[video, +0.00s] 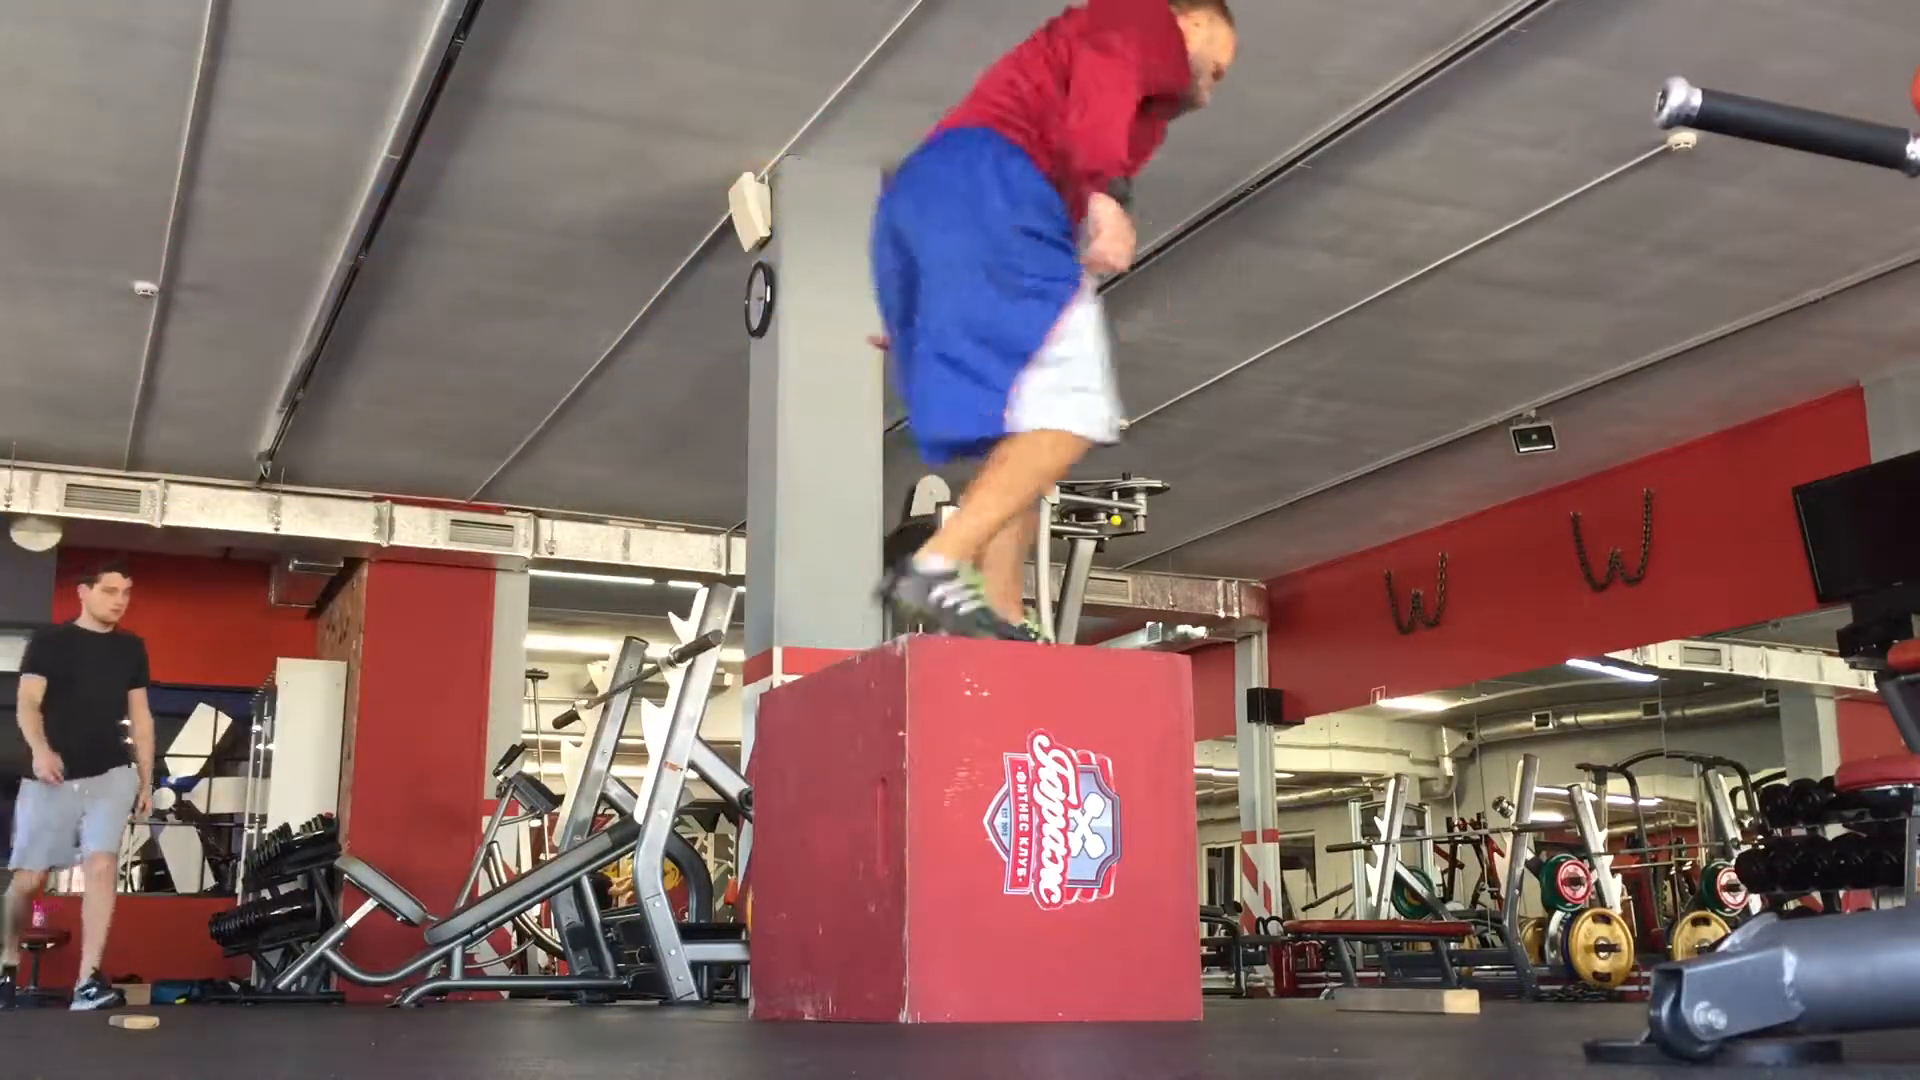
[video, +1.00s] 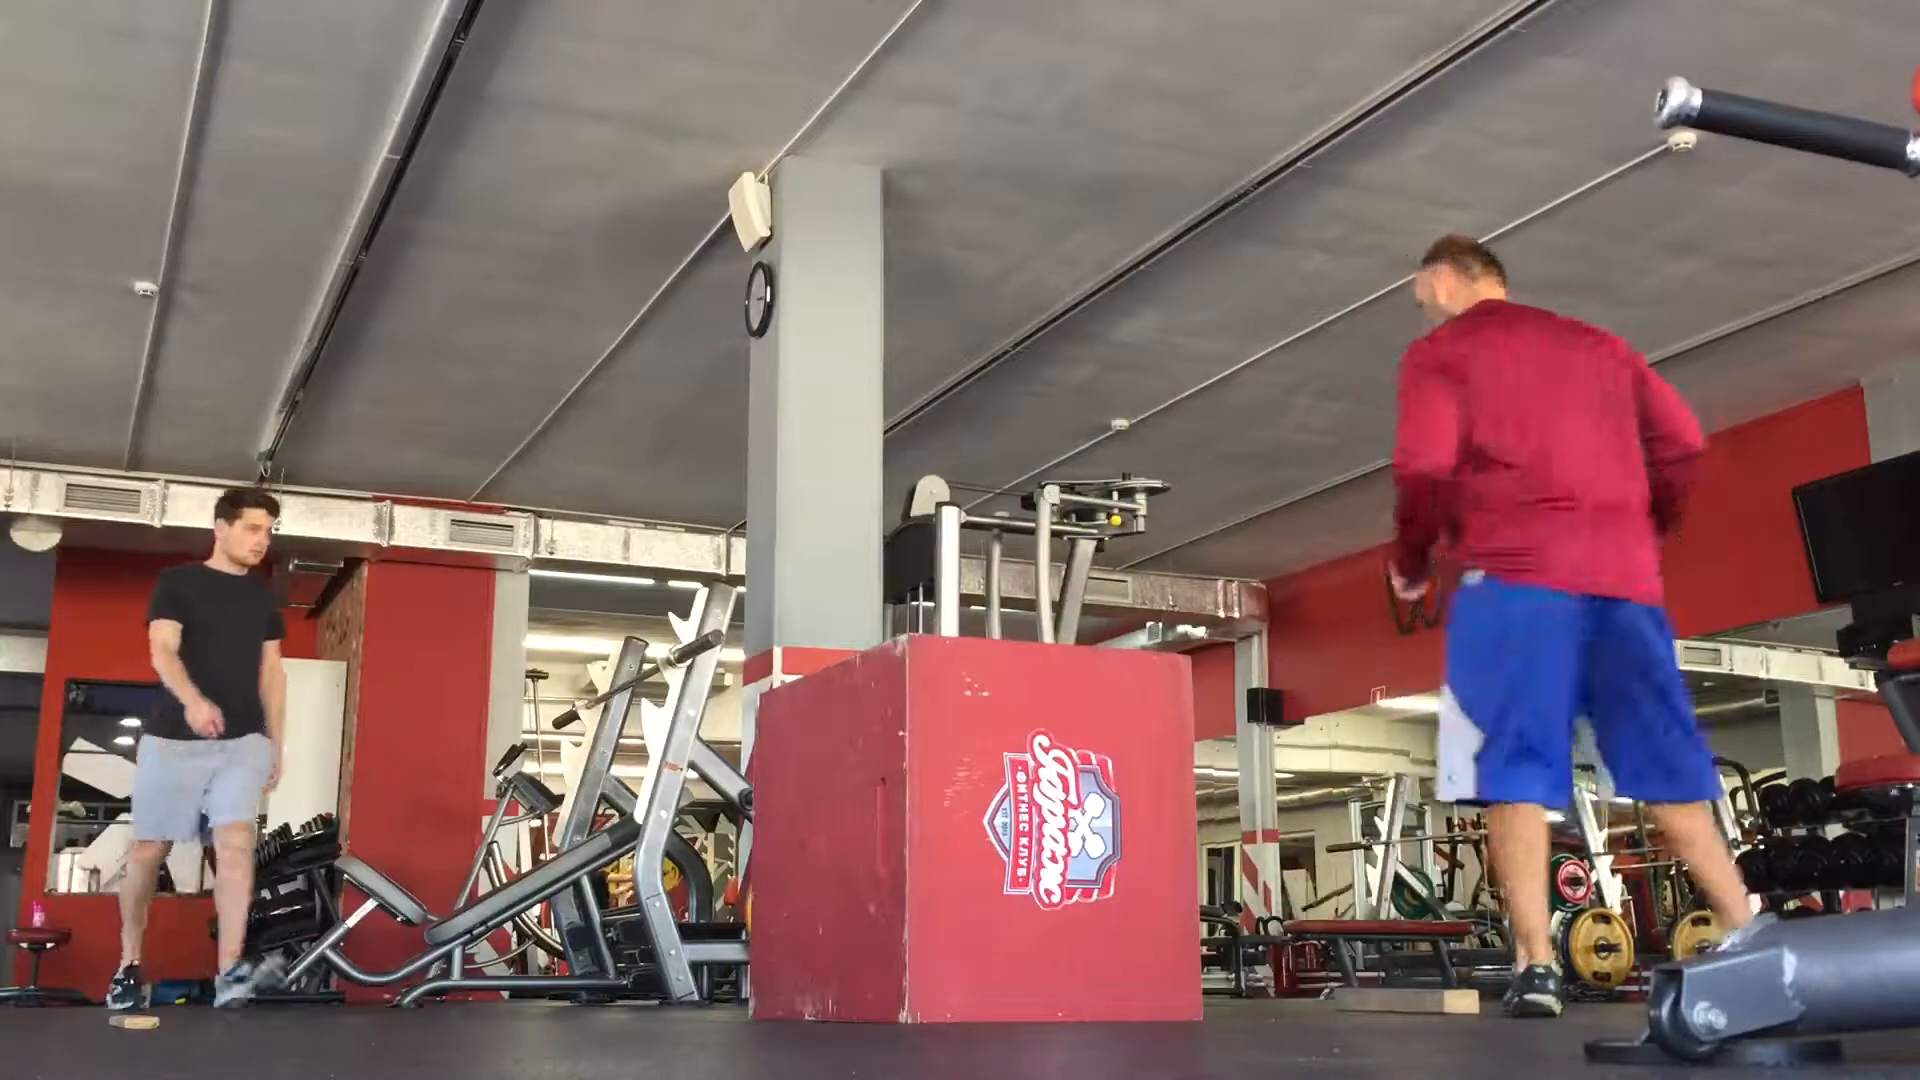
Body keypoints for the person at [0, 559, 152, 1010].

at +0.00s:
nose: (119, 600)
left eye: (125, 592)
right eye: (110, 591)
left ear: (128, 597)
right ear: (84, 593)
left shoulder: (131, 648)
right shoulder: (49, 640)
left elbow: (141, 718)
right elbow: (28, 704)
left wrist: (145, 779)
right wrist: (40, 750)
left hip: (111, 776)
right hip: (52, 778)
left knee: (102, 867)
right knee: (29, 879)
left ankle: (87, 980)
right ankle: (8, 966)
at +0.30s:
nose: (164, 576)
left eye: (169, 569)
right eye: (155, 566)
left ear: (173, 574)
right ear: (127, 567)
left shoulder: (175, 626)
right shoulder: (90, 616)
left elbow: (189, 692)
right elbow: (55, 686)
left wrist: (198, 751)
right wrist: (39, 752)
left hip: (147, 759)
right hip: (89, 752)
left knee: (119, 861)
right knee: (97, 843)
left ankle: (92, 972)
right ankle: (84, 968)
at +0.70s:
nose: (206, 548)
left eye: (212, 540)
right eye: (195, 538)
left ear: (215, 545)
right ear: (166, 540)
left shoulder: (220, 603)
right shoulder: (134, 594)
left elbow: (231, 673)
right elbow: (103, 667)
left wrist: (239, 739)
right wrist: (96, 736)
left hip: (195, 746)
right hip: (131, 741)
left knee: (182, 852)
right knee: (127, 850)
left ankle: (140, 926)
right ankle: (123, 972)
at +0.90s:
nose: (239, 540)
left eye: (245, 531)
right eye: (230, 529)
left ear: (246, 536)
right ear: (200, 529)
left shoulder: (247, 593)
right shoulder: (158, 584)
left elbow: (254, 669)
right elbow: (141, 653)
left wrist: (257, 734)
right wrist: (167, 705)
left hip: (225, 738)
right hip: (157, 740)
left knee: (223, 831)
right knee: (137, 846)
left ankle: (196, 959)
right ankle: (127, 968)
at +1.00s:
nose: (261, 540)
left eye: (266, 531)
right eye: (252, 529)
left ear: (267, 537)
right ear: (221, 529)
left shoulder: (263, 601)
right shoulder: (178, 583)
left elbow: (271, 672)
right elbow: (162, 650)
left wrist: (275, 741)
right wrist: (193, 699)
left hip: (243, 742)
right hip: (174, 741)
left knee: (236, 845)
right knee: (148, 850)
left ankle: (230, 971)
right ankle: (129, 965)